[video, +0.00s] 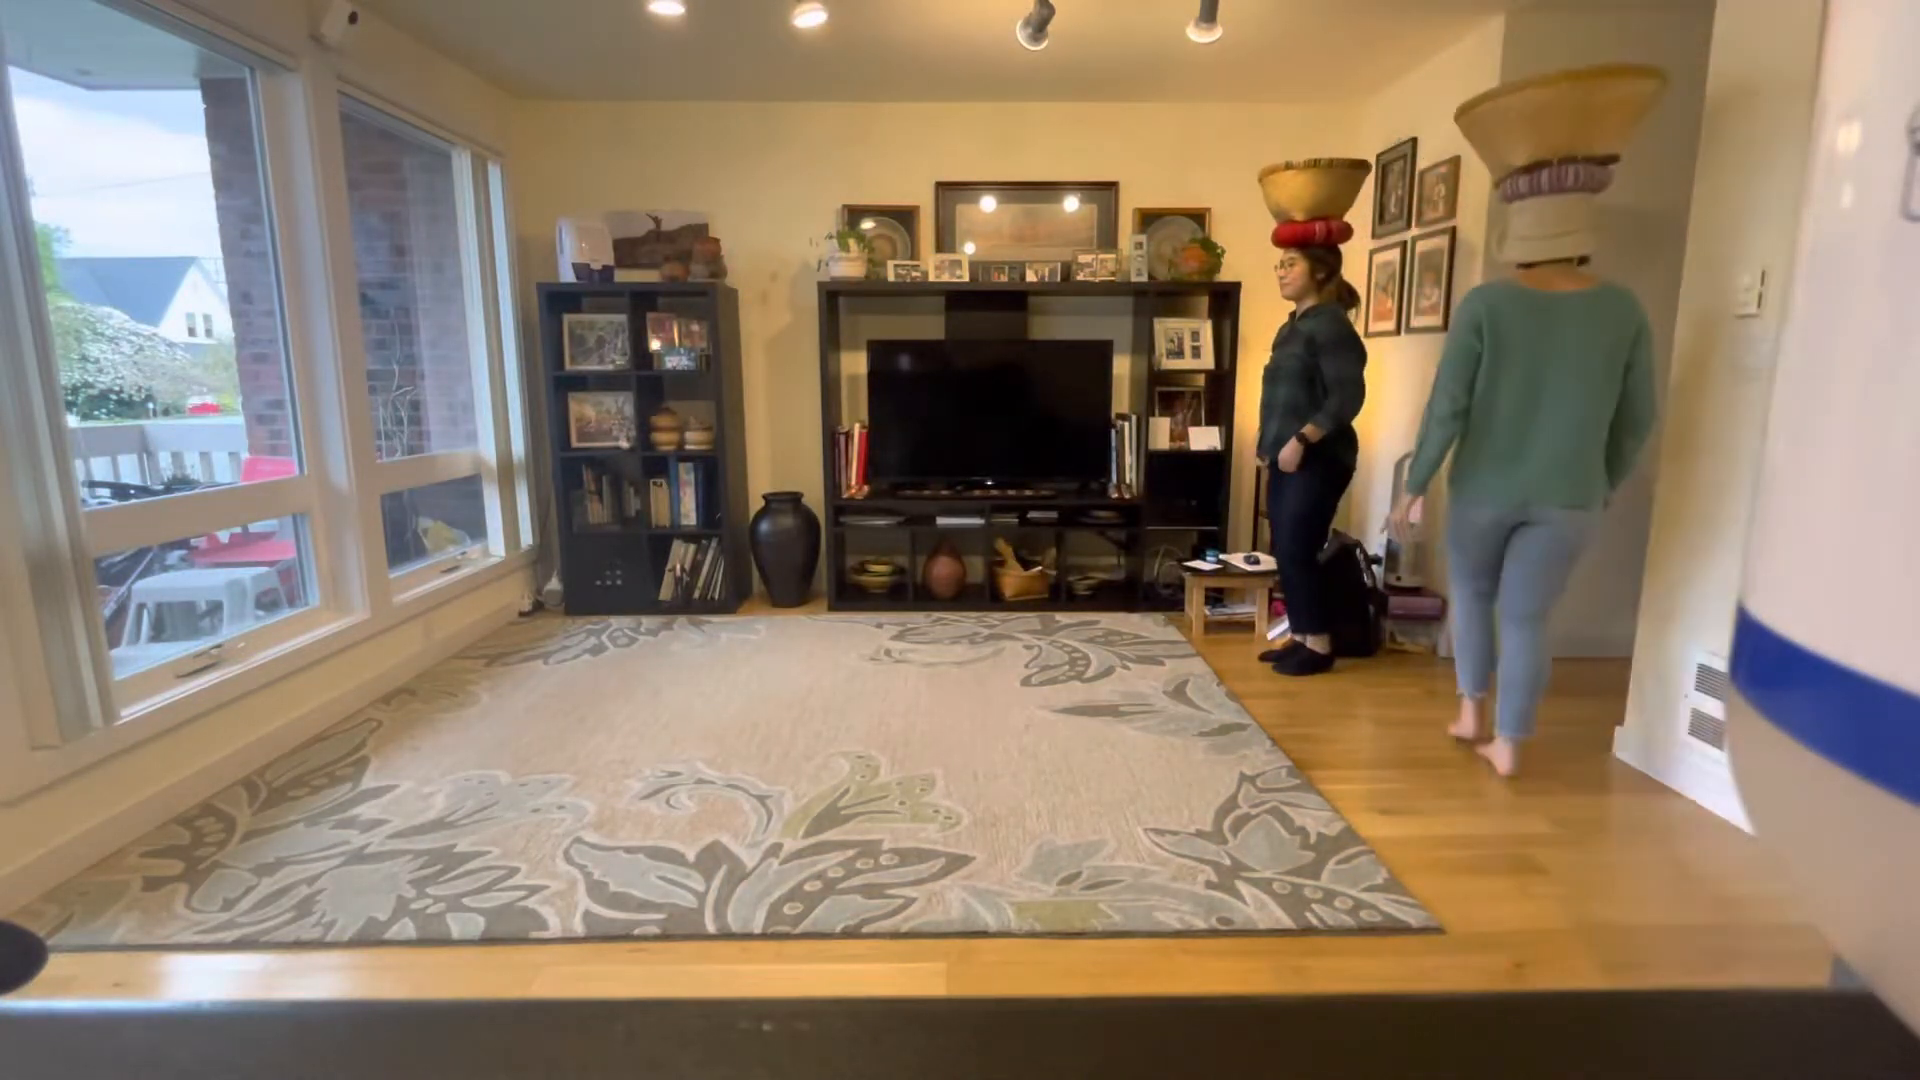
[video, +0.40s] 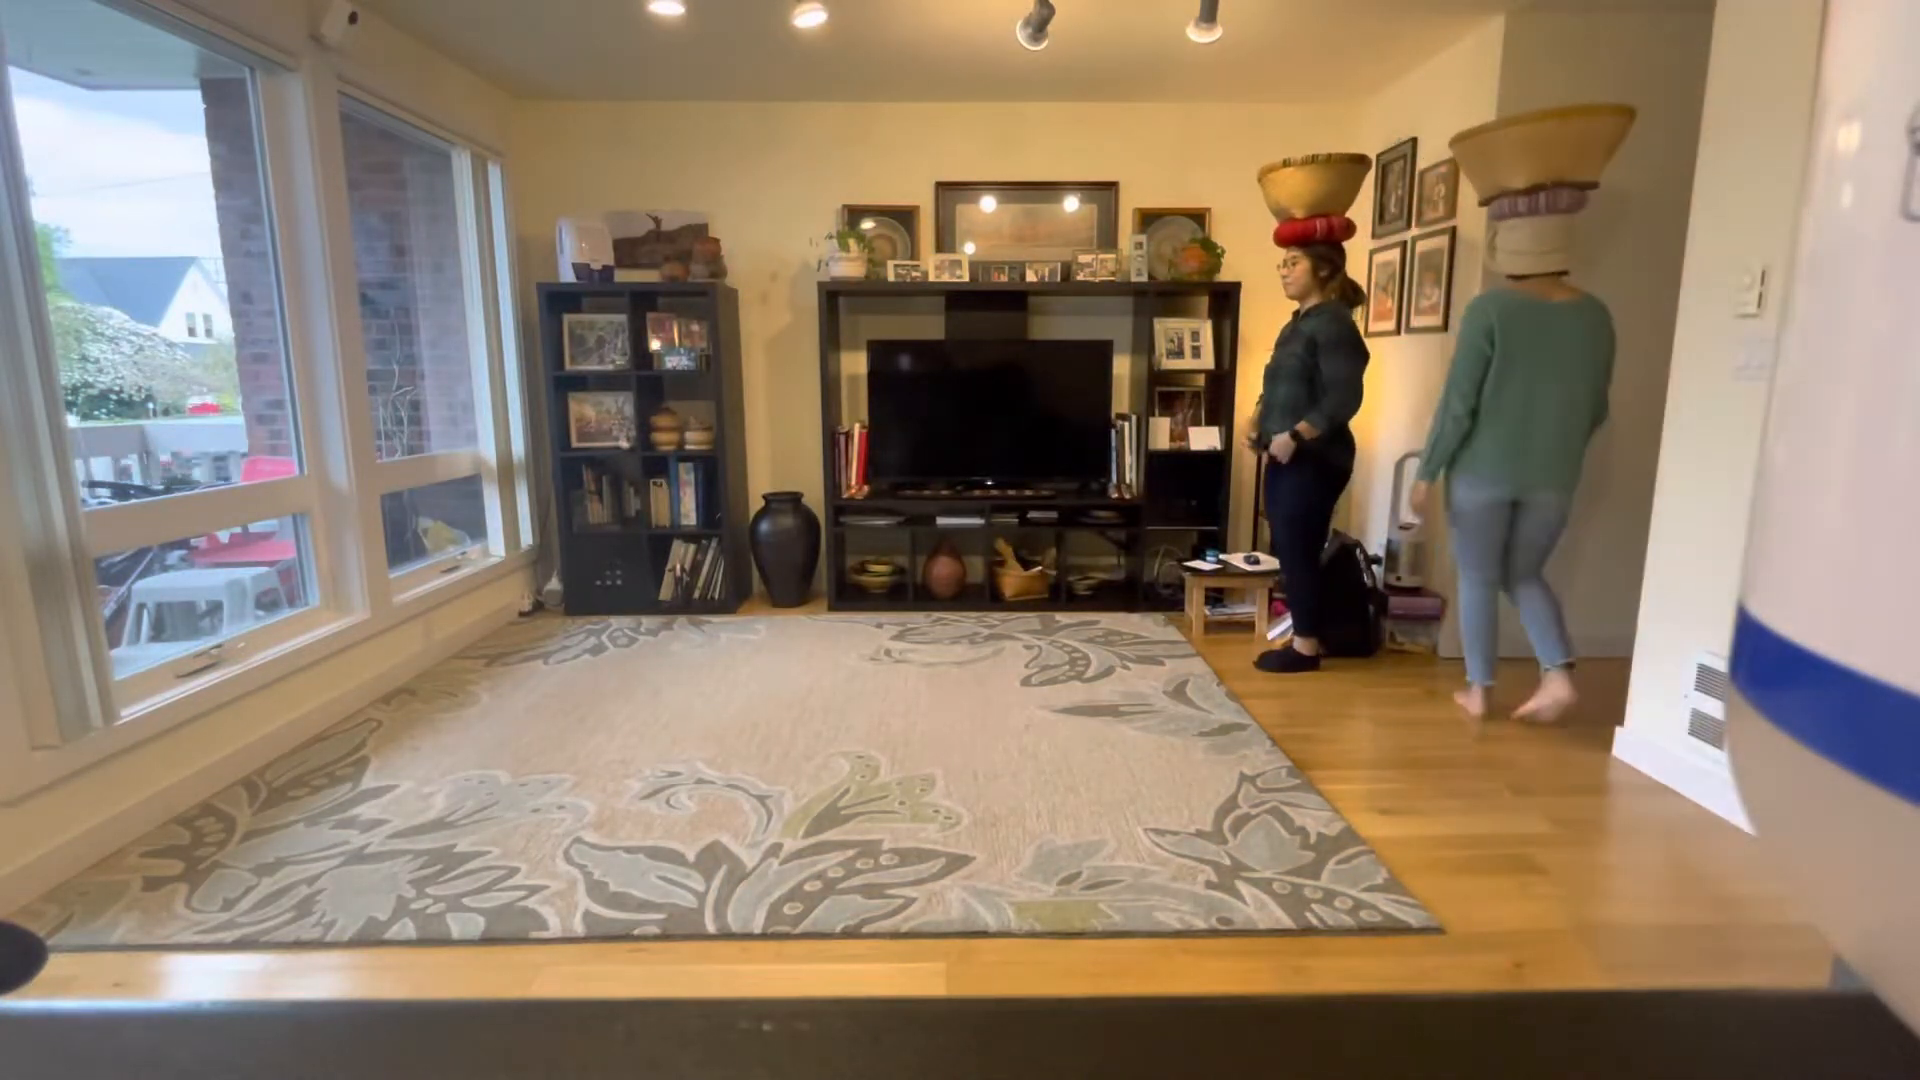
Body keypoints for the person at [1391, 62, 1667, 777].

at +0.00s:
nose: (1508, 255)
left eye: (1510, 246)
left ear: (1519, 246)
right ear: (1581, 244)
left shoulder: (1486, 303)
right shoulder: (1623, 309)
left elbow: (1448, 406)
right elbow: (1639, 417)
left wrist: (1414, 486)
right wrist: (1604, 479)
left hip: (1488, 486)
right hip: (1570, 493)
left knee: (1470, 592)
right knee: (1526, 615)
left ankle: (1471, 711)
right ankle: (1508, 748)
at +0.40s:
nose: (1498, 262)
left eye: (1501, 254)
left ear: (1507, 259)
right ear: (1560, 258)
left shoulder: (1489, 309)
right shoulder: (1593, 314)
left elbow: (1460, 403)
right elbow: (1596, 408)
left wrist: (1426, 473)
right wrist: (1558, 446)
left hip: (1486, 466)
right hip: (1554, 471)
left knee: (1476, 576)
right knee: (1525, 574)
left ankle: (1478, 690)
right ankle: (1557, 675)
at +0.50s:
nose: (1499, 261)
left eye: (1501, 253)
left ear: (1508, 258)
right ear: (1559, 256)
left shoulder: (1498, 305)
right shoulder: (1591, 312)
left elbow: (1467, 399)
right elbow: (1595, 404)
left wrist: (1427, 461)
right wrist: (1559, 448)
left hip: (1491, 463)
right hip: (1555, 468)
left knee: (1482, 575)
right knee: (1520, 567)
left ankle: (1480, 689)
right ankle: (1554, 667)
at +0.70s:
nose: (1498, 264)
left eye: (1500, 256)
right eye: (1502, 255)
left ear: (1511, 261)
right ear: (1560, 259)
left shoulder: (1516, 311)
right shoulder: (1589, 317)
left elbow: (1486, 401)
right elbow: (1590, 404)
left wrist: (1435, 454)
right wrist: (1552, 435)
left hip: (1504, 465)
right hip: (1559, 468)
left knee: (1490, 572)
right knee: (1520, 566)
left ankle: (1482, 689)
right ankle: (1533, 661)